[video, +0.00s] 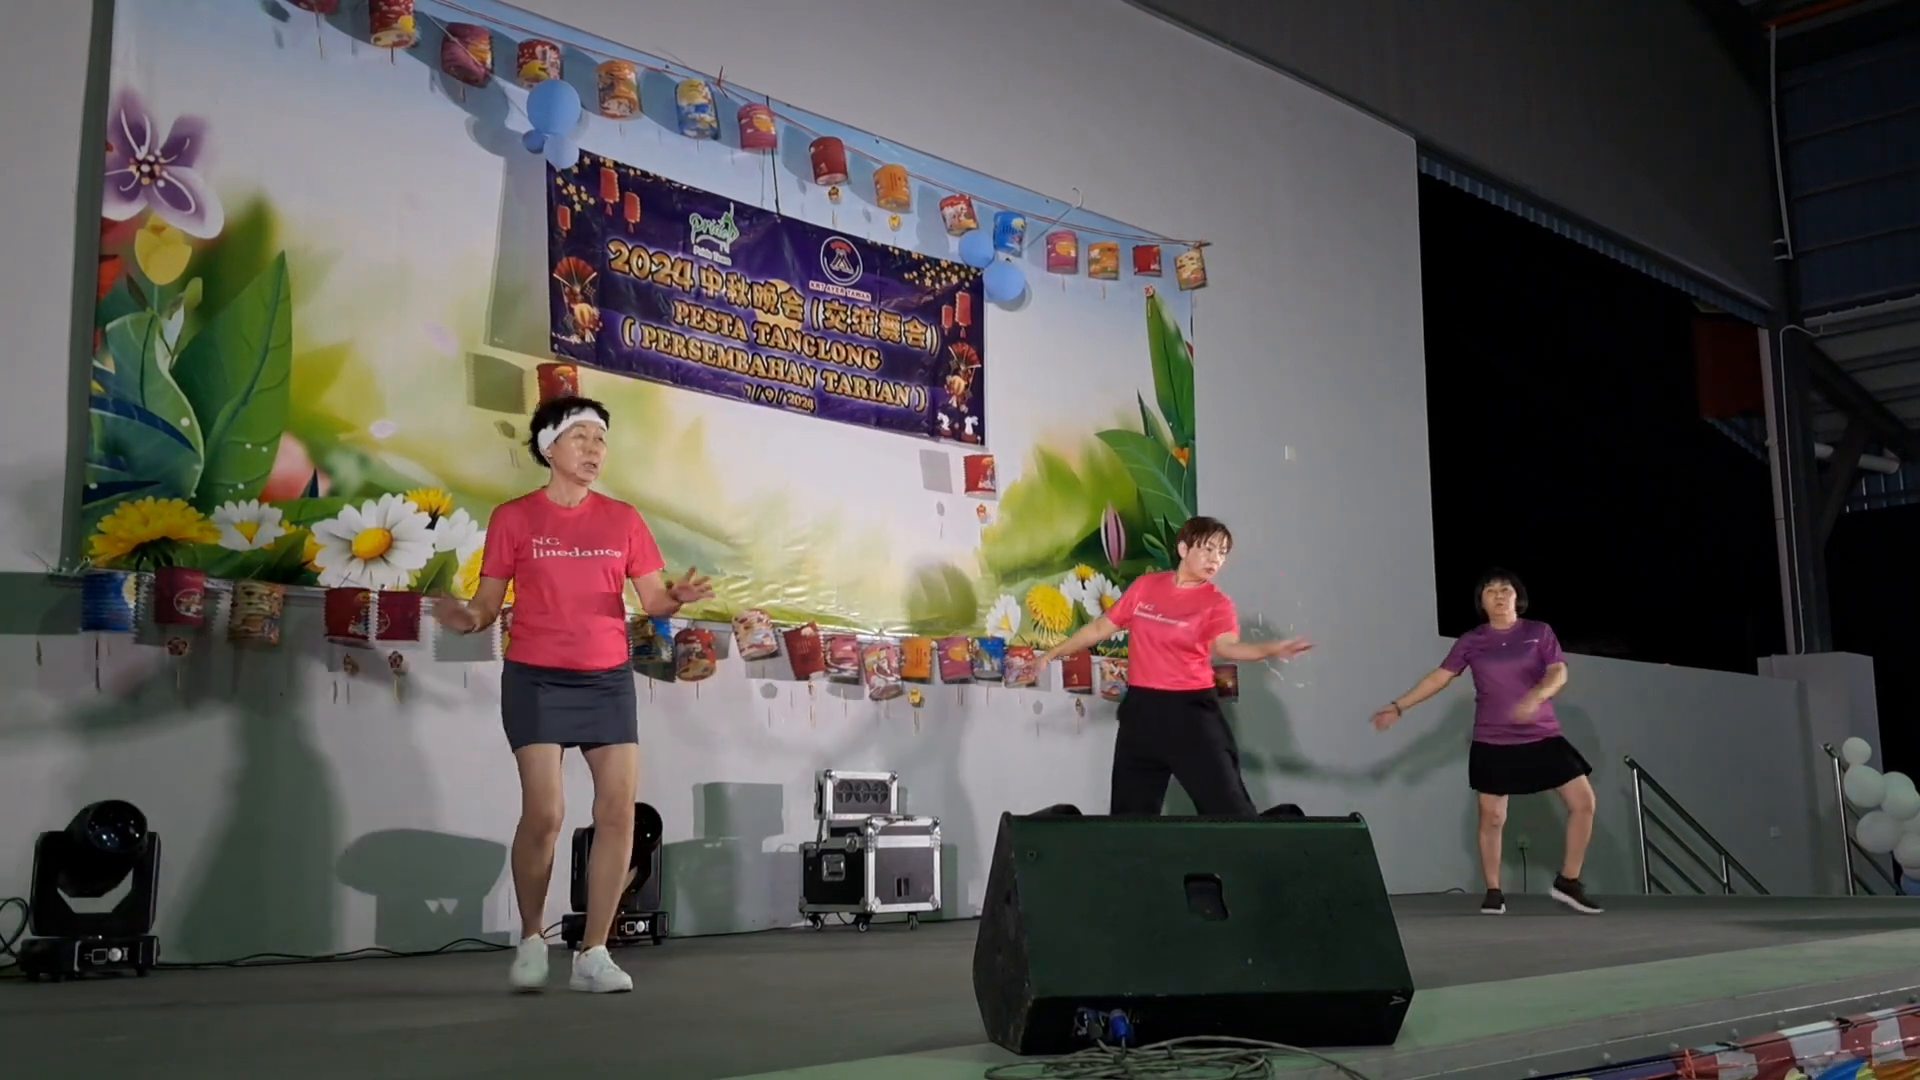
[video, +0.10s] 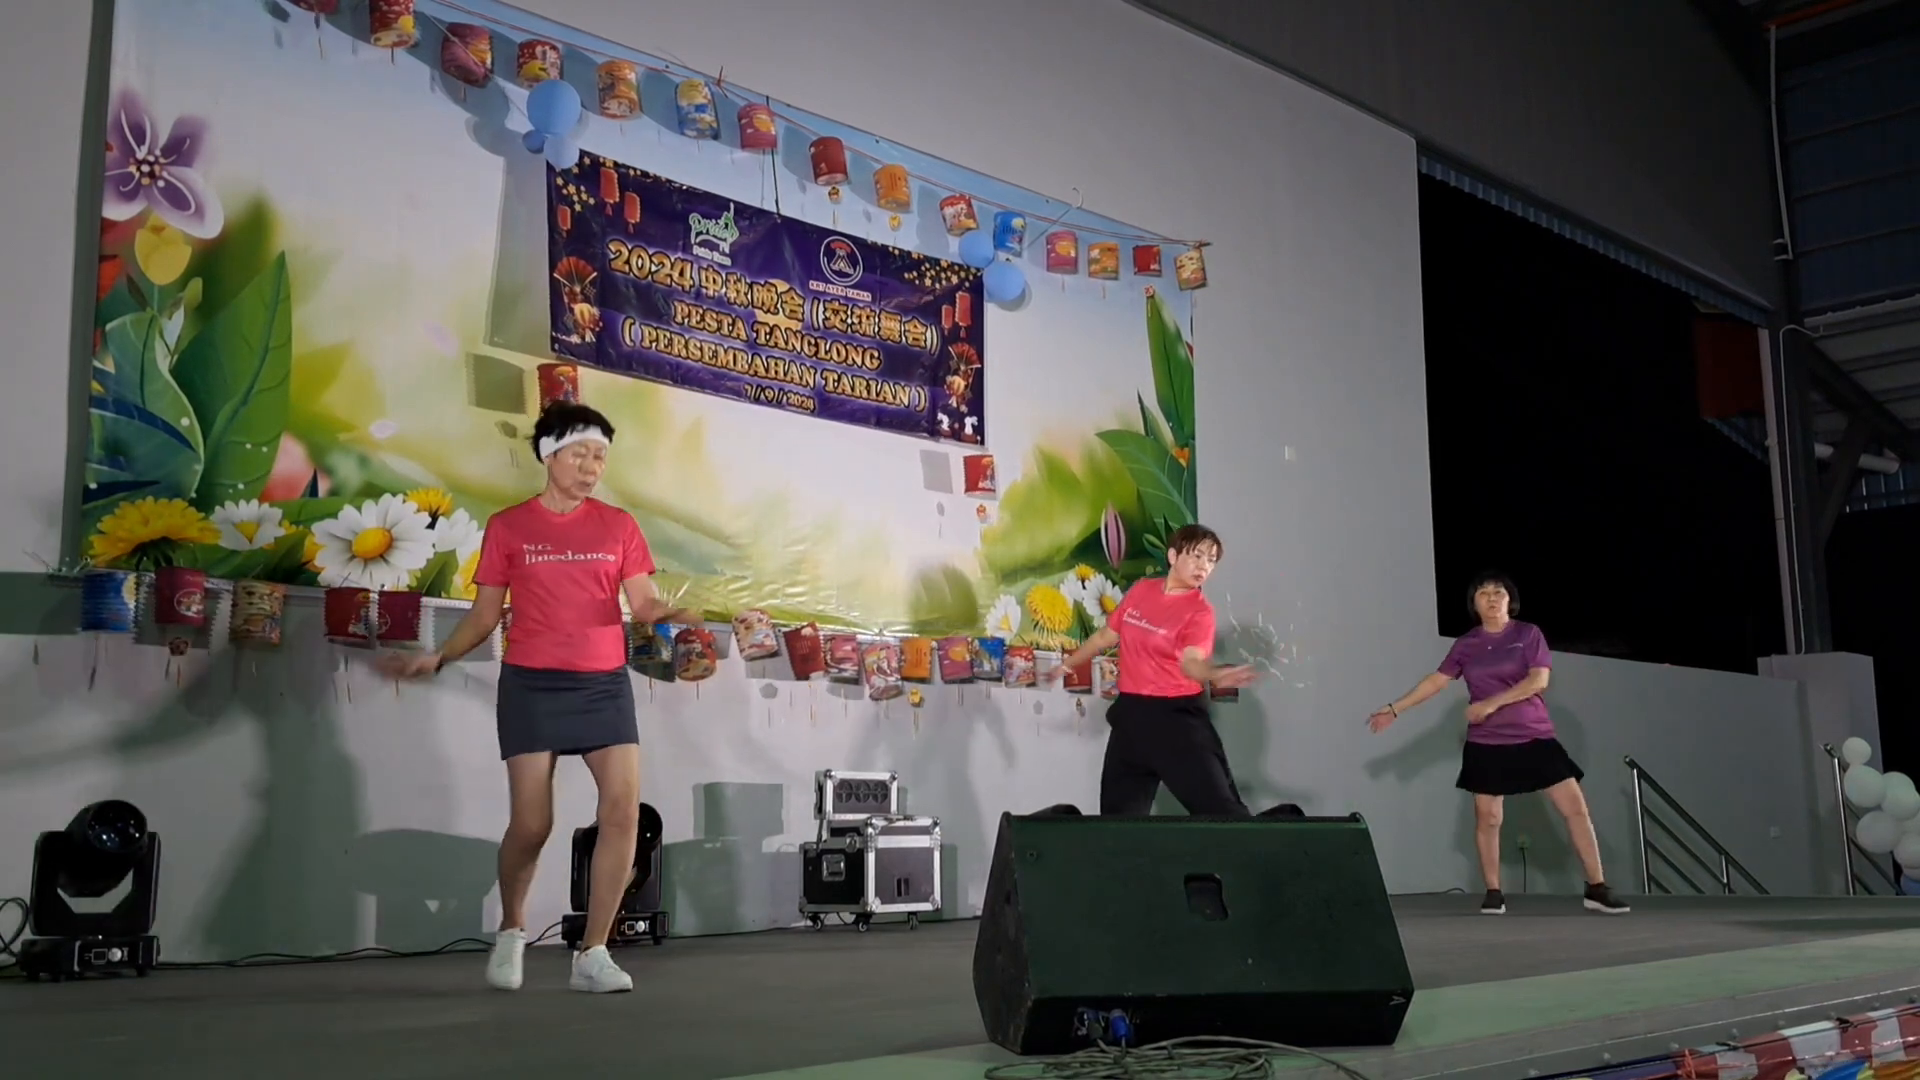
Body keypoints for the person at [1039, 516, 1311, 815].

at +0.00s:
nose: (1215, 559)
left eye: (1222, 554)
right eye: (1208, 549)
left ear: (1225, 561)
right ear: (1183, 548)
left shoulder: (1217, 603)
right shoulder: (1146, 587)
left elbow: (1225, 648)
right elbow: (1101, 628)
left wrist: (1272, 649)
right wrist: (1050, 654)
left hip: (1193, 716)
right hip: (1141, 713)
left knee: (1233, 817)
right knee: (1129, 824)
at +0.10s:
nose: (1204, 566)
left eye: (1211, 560)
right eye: (1196, 556)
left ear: (1215, 566)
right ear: (1173, 556)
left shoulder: (1199, 611)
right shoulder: (1141, 590)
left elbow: (1191, 664)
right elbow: (1105, 636)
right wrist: (1064, 666)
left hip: (1180, 723)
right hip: (1131, 719)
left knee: (1226, 818)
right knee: (1118, 825)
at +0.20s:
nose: (1193, 571)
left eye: (1200, 566)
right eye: (1186, 561)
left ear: (1204, 573)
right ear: (1163, 560)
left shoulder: (1189, 615)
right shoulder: (1141, 593)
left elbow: (1167, 663)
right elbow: (1122, 642)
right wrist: (1099, 675)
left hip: (1171, 725)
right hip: (1126, 721)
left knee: (1220, 818)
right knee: (1111, 823)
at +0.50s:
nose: (1174, 571)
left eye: (1183, 566)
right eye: (1167, 560)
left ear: (1188, 576)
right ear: (1149, 562)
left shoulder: (1167, 610)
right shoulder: (1142, 598)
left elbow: (1139, 670)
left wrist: (1104, 717)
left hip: (1164, 720)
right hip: (1128, 718)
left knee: (1215, 814)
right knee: (1107, 820)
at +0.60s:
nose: (1176, 565)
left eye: (1185, 562)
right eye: (1169, 555)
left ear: (1190, 572)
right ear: (1150, 558)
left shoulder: (1169, 605)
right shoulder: (1145, 595)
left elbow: (1144, 665)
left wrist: (1110, 713)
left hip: (1169, 718)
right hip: (1134, 716)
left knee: (1216, 810)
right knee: (1111, 815)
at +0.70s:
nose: (1185, 558)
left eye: (1193, 553)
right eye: (1178, 548)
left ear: (1197, 563)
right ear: (1157, 550)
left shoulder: (1182, 599)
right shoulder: (1144, 588)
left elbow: (1164, 657)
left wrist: (1137, 707)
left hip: (1179, 711)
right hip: (1137, 708)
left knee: (1230, 810)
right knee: (1120, 813)